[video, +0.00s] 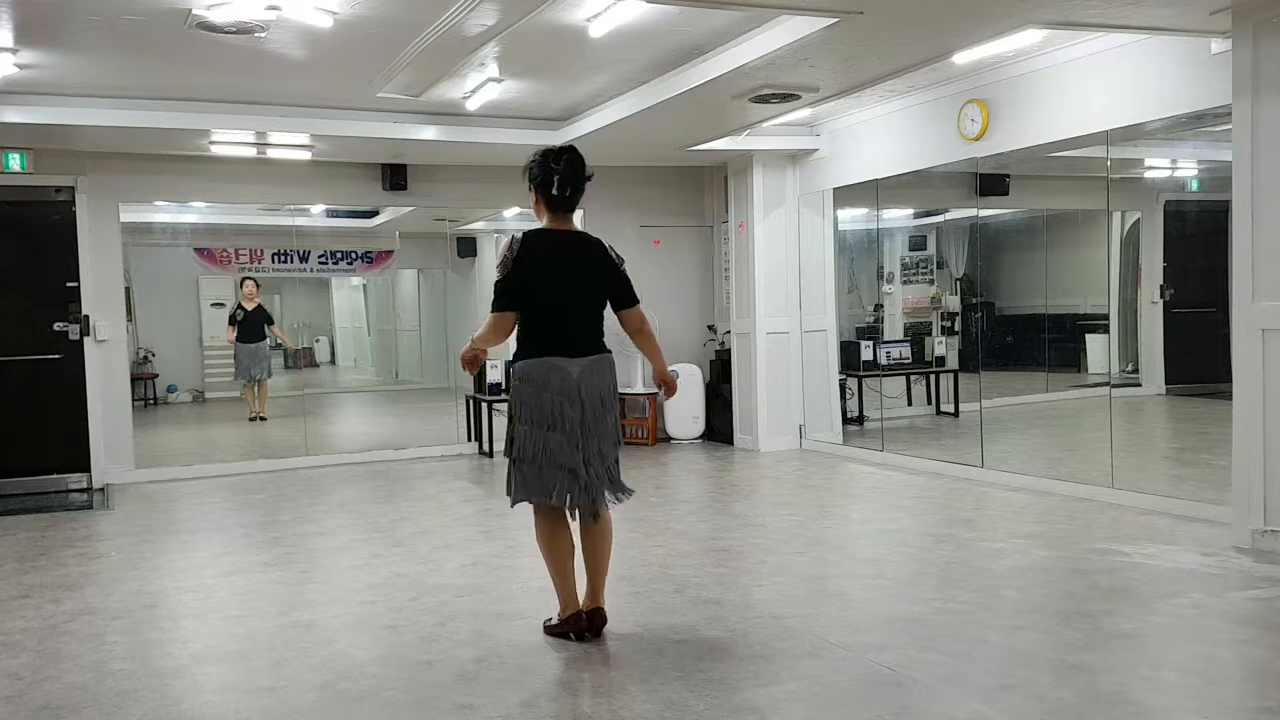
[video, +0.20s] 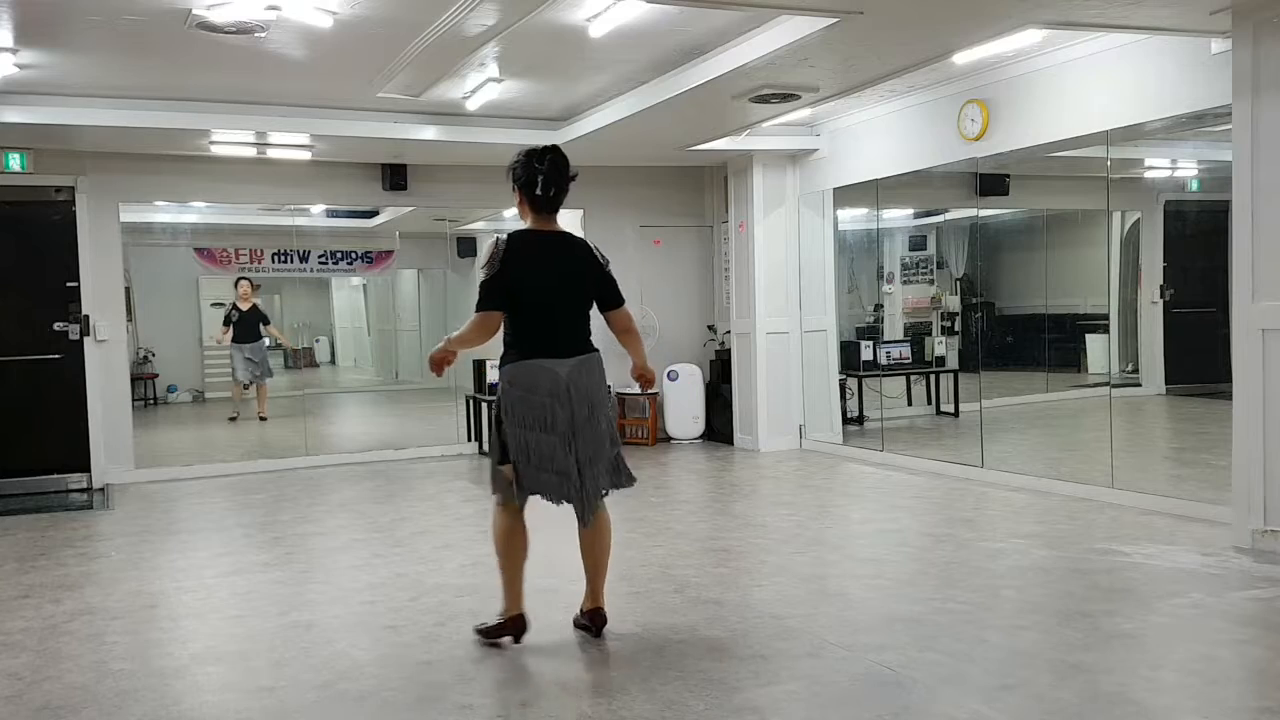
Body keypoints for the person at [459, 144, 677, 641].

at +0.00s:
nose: (530, 197)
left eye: (530, 191)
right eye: (533, 190)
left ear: (535, 195)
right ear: (581, 194)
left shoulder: (522, 250)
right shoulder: (600, 253)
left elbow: (502, 324)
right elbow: (635, 321)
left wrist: (476, 347)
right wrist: (661, 367)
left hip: (539, 377)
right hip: (596, 375)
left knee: (546, 494)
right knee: (593, 490)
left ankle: (570, 610)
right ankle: (595, 604)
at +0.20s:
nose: (513, 199)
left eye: (513, 192)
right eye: (516, 191)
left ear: (520, 196)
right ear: (564, 195)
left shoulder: (507, 251)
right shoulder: (585, 252)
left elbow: (487, 322)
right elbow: (621, 321)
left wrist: (452, 345)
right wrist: (641, 361)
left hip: (523, 379)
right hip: (583, 376)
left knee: (509, 497)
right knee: (591, 493)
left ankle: (513, 613)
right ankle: (594, 606)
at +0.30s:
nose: (500, 199)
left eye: (500, 192)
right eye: (503, 192)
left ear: (506, 197)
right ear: (552, 194)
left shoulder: (494, 253)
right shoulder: (572, 253)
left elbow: (474, 324)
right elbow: (611, 320)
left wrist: (435, 344)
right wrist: (633, 359)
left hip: (511, 384)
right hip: (572, 381)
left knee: (491, 502)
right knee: (584, 495)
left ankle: (477, 621)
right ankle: (593, 606)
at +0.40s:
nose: (485, 198)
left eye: (485, 191)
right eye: (488, 191)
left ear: (490, 196)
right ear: (536, 195)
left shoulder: (476, 251)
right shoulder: (554, 253)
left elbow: (455, 325)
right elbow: (595, 317)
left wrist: (419, 339)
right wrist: (626, 359)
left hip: (494, 383)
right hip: (554, 381)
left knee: (482, 502)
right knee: (572, 494)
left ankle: (474, 622)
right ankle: (592, 605)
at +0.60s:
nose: (456, 195)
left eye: (454, 189)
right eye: (461, 188)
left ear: (458, 195)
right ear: (505, 194)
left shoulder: (440, 251)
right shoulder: (524, 252)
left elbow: (412, 324)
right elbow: (568, 321)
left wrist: (390, 330)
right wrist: (607, 372)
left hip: (463, 380)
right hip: (523, 379)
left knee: (465, 503)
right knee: (548, 490)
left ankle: (472, 623)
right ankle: (586, 596)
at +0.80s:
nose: (431, 197)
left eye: (430, 190)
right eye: (443, 189)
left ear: (433, 196)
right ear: (481, 194)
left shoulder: (416, 252)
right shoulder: (503, 252)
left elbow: (383, 323)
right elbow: (544, 320)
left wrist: (370, 347)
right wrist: (587, 371)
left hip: (439, 381)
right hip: (503, 378)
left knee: (452, 505)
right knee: (519, 495)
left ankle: (473, 623)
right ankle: (547, 605)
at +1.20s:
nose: (405, 201)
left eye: (400, 194)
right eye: (436, 191)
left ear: (399, 199)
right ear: (450, 196)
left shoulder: (382, 258)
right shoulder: (474, 254)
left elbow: (348, 332)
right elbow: (517, 323)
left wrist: (312, 394)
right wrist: (555, 373)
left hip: (401, 393)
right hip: (462, 392)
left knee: (442, 511)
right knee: (453, 517)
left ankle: (469, 621)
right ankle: (424, 643)